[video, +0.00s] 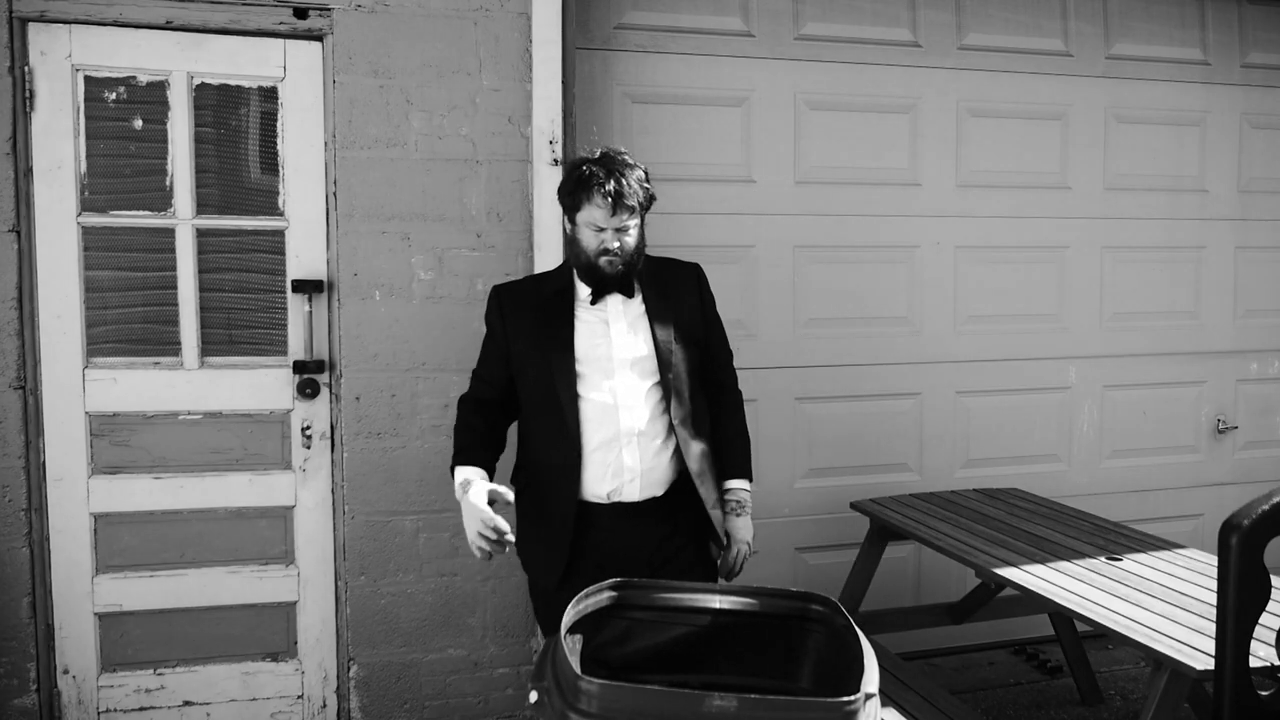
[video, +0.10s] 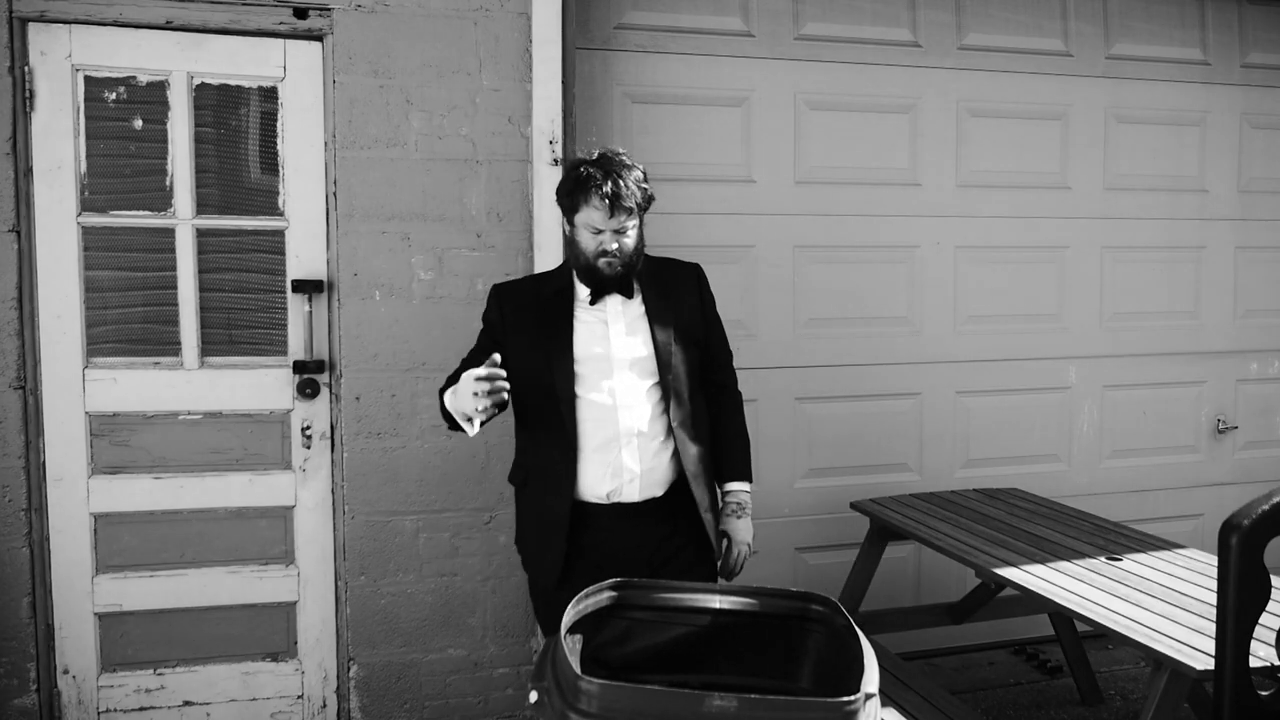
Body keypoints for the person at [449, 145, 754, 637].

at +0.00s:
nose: (613, 243)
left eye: (625, 228)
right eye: (597, 229)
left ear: (642, 223)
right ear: (568, 223)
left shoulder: (683, 287)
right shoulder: (518, 306)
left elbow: (721, 394)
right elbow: (485, 404)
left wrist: (738, 500)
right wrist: (470, 483)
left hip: (675, 529)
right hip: (570, 536)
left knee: (680, 696)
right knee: (585, 703)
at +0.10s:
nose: (611, 245)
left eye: (624, 229)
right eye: (595, 231)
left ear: (642, 221)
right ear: (568, 225)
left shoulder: (683, 287)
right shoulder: (518, 305)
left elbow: (722, 395)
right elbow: (466, 387)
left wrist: (737, 502)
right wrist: (459, 401)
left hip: (674, 527)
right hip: (570, 535)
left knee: (683, 693)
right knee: (585, 696)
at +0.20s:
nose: (609, 247)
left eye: (621, 231)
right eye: (592, 234)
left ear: (639, 223)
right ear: (565, 229)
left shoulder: (682, 287)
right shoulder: (523, 298)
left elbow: (720, 393)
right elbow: (452, 370)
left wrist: (737, 501)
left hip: (672, 525)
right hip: (569, 533)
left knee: (678, 690)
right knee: (581, 691)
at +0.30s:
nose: (605, 250)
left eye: (618, 233)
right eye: (587, 238)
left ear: (636, 222)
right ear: (561, 233)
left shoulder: (679, 286)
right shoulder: (524, 291)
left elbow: (719, 393)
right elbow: (448, 323)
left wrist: (738, 499)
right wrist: (500, 226)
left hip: (671, 527)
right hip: (568, 533)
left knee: (677, 693)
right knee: (580, 693)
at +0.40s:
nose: (604, 252)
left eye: (616, 235)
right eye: (586, 239)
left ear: (634, 223)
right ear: (559, 236)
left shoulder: (679, 286)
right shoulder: (528, 289)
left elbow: (719, 392)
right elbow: (453, 285)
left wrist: (737, 500)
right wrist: (521, 198)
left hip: (670, 525)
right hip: (567, 528)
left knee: (679, 690)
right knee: (580, 690)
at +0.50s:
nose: (602, 252)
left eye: (615, 236)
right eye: (585, 239)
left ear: (634, 224)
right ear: (558, 235)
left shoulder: (678, 285)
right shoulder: (530, 287)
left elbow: (718, 391)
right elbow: (455, 264)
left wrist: (735, 499)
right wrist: (533, 191)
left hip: (672, 523)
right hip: (568, 526)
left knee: (677, 688)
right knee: (578, 687)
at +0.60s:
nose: (605, 250)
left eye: (617, 233)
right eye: (587, 237)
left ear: (635, 223)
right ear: (559, 233)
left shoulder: (679, 285)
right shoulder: (532, 287)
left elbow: (718, 391)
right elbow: (456, 257)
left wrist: (734, 499)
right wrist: (533, 189)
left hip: (671, 523)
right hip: (567, 526)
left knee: (676, 687)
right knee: (578, 685)